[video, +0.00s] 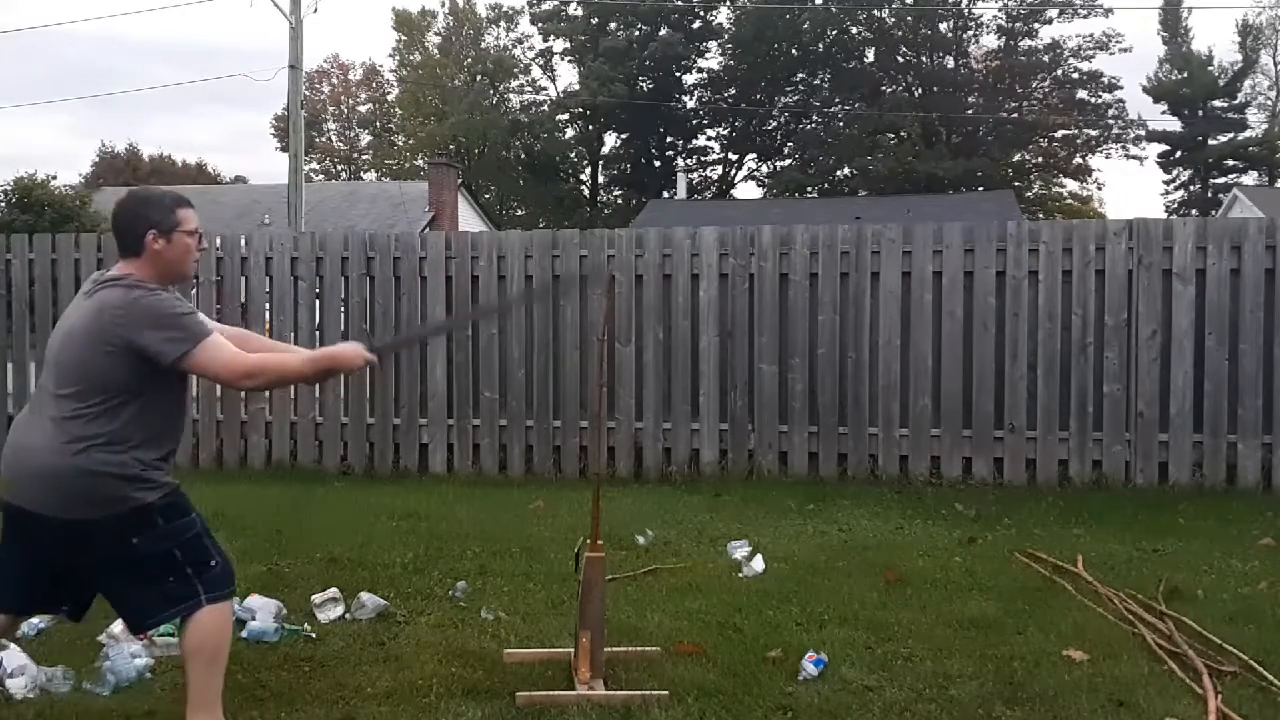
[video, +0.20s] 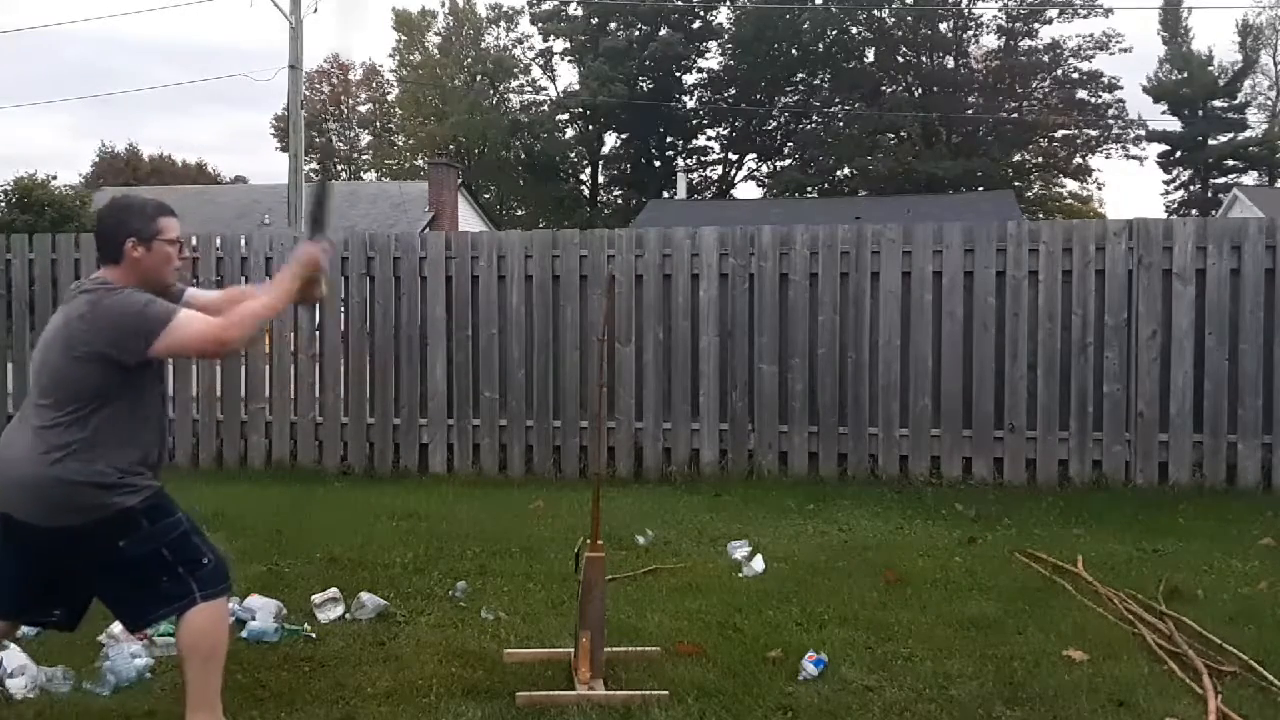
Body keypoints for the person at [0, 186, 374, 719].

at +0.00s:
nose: (201, 245)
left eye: (199, 234)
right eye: (191, 235)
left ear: (146, 243)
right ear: (153, 241)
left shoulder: (103, 290)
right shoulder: (149, 306)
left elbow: (227, 337)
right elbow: (239, 372)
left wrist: (313, 359)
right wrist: (326, 361)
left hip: (29, 481)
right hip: (112, 487)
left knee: (10, 602)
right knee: (209, 589)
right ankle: (204, 713)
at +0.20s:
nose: (182, 254)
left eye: (181, 243)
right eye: (172, 244)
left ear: (132, 251)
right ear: (134, 250)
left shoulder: (104, 294)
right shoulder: (120, 309)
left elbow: (218, 303)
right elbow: (218, 337)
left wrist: (290, 287)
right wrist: (288, 283)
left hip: (22, 488)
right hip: (95, 491)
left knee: (11, 605)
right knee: (205, 584)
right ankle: (205, 713)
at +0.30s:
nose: (176, 254)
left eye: (174, 243)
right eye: (166, 243)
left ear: (126, 250)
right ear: (128, 249)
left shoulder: (86, 294)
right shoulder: (110, 301)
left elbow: (201, 281)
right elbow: (213, 302)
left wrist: (267, 242)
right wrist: (258, 226)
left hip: (23, 485)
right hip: (96, 488)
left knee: (8, 609)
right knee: (204, 585)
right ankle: (205, 712)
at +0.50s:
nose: (160, 251)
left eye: (158, 238)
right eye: (151, 240)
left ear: (116, 245)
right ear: (117, 245)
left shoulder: (119, 298)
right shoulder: (80, 296)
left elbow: (194, 245)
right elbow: (158, 252)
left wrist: (205, 182)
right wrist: (164, 161)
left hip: (44, 485)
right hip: (96, 484)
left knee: (17, 607)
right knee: (203, 582)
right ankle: (205, 712)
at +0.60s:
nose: (159, 252)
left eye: (157, 242)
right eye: (148, 242)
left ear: (115, 245)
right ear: (113, 245)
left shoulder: (127, 299)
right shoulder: (68, 300)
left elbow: (192, 235)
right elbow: (132, 247)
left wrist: (177, 172)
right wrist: (129, 154)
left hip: (47, 485)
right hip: (93, 482)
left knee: (17, 613)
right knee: (204, 583)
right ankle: (205, 712)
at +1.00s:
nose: (164, 257)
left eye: (163, 246)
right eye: (154, 245)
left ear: (113, 254)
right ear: (112, 252)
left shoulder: (109, 300)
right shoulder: (82, 306)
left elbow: (198, 286)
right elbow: (188, 289)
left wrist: (205, 204)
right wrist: (175, 196)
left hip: (49, 492)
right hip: (110, 491)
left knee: (12, 614)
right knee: (217, 584)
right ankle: (207, 713)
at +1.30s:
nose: (191, 250)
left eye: (191, 238)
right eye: (184, 238)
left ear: (128, 239)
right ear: (146, 240)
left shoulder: (69, 273)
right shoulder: (156, 311)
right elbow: (202, 397)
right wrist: (254, 437)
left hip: (17, 476)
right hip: (103, 480)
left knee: (7, 603)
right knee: (187, 590)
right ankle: (204, 712)